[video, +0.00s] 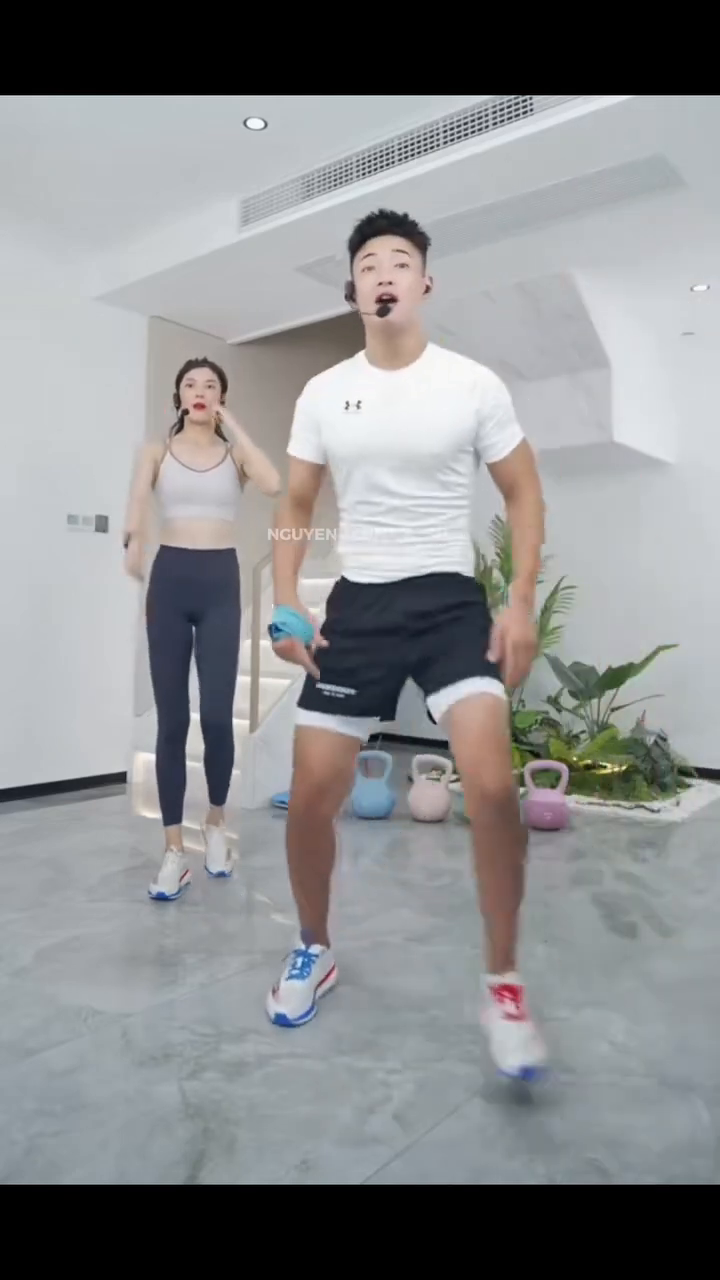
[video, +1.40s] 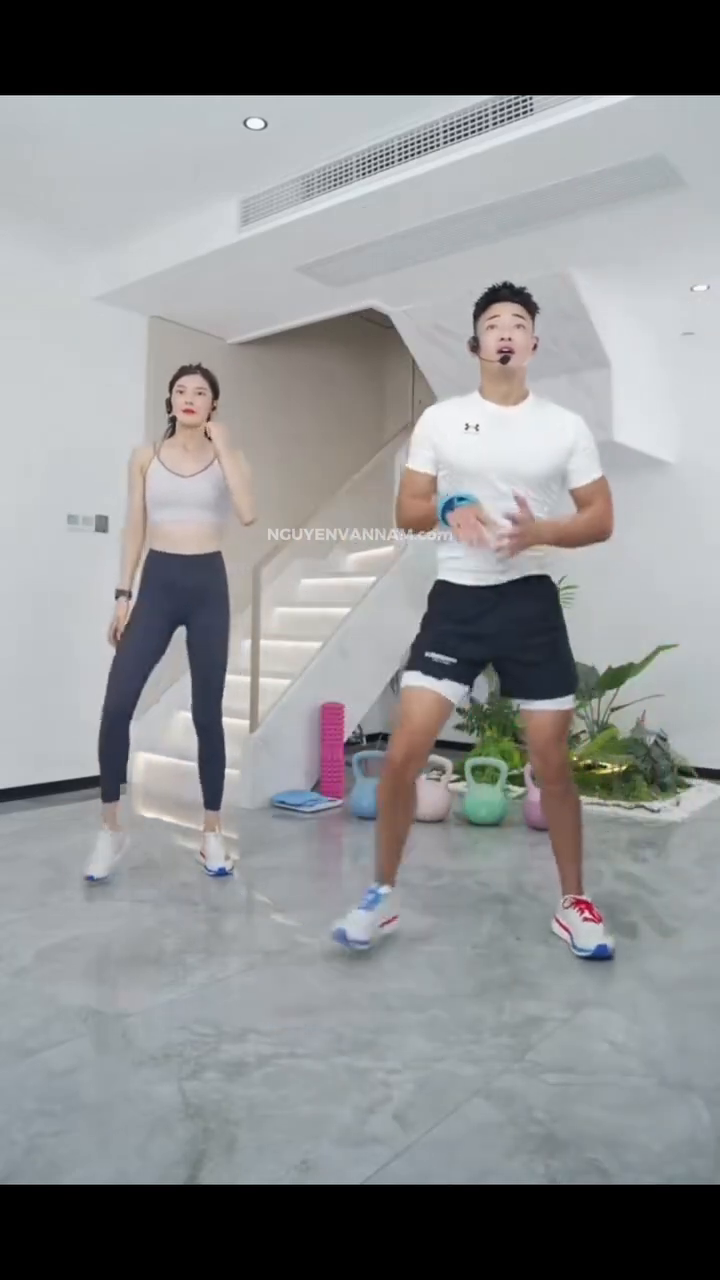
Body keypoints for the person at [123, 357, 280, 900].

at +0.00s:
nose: (200, 393)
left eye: (209, 387)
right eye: (192, 385)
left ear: (222, 400)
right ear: (178, 396)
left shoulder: (234, 451)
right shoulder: (157, 451)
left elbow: (271, 482)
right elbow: (138, 505)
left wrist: (233, 427)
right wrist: (133, 547)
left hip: (221, 580)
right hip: (167, 579)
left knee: (216, 716)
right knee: (172, 719)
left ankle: (216, 825)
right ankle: (173, 846)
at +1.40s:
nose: (190, 399)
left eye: (199, 393)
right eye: (183, 392)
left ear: (212, 405)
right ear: (170, 401)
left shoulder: (226, 458)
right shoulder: (146, 459)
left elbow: (247, 513)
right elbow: (136, 530)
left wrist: (221, 445)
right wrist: (124, 596)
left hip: (209, 587)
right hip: (156, 587)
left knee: (207, 714)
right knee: (116, 707)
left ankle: (212, 832)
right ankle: (110, 828)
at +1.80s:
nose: (148, 400)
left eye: (157, 394)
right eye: (140, 392)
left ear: (170, 406)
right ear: (126, 401)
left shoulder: (184, 464)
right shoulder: (98, 457)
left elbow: (199, 543)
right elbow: (77, 529)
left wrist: (186, 490)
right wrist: (59, 597)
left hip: (153, 589)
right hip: (100, 585)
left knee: (136, 707)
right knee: (88, 715)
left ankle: (139, 799)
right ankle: (78, 837)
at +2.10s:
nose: (146, 400)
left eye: (155, 394)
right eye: (137, 392)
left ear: (166, 406)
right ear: (121, 402)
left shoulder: (184, 464)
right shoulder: (96, 460)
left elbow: (208, 541)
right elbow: (81, 533)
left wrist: (194, 491)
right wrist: (71, 603)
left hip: (159, 595)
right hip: (104, 593)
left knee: (185, 708)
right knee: (87, 718)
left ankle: (168, 812)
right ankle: (78, 838)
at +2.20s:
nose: (156, 396)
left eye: (165, 390)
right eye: (146, 389)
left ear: (175, 403)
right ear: (131, 400)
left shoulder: (195, 462)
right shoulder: (108, 458)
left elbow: (212, 538)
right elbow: (93, 533)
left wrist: (201, 487)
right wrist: (86, 601)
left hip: (171, 594)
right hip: (115, 592)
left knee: (213, 708)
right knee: (96, 718)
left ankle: (227, 815)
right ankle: (79, 839)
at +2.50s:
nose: (201, 406)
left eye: (210, 399)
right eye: (192, 400)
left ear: (223, 410)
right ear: (180, 411)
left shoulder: (247, 463)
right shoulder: (165, 473)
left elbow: (282, 524)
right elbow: (154, 550)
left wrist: (239, 497)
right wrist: (142, 617)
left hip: (245, 598)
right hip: (191, 600)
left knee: (257, 716)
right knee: (147, 712)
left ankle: (272, 830)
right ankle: (103, 825)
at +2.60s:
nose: (213, 404)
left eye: (222, 398)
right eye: (204, 398)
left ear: (236, 409)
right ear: (192, 410)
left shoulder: (260, 461)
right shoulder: (179, 471)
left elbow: (292, 524)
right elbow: (173, 549)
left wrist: (250, 499)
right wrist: (163, 616)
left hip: (256, 593)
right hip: (204, 594)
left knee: (262, 713)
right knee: (181, 707)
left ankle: (272, 828)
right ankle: (161, 798)